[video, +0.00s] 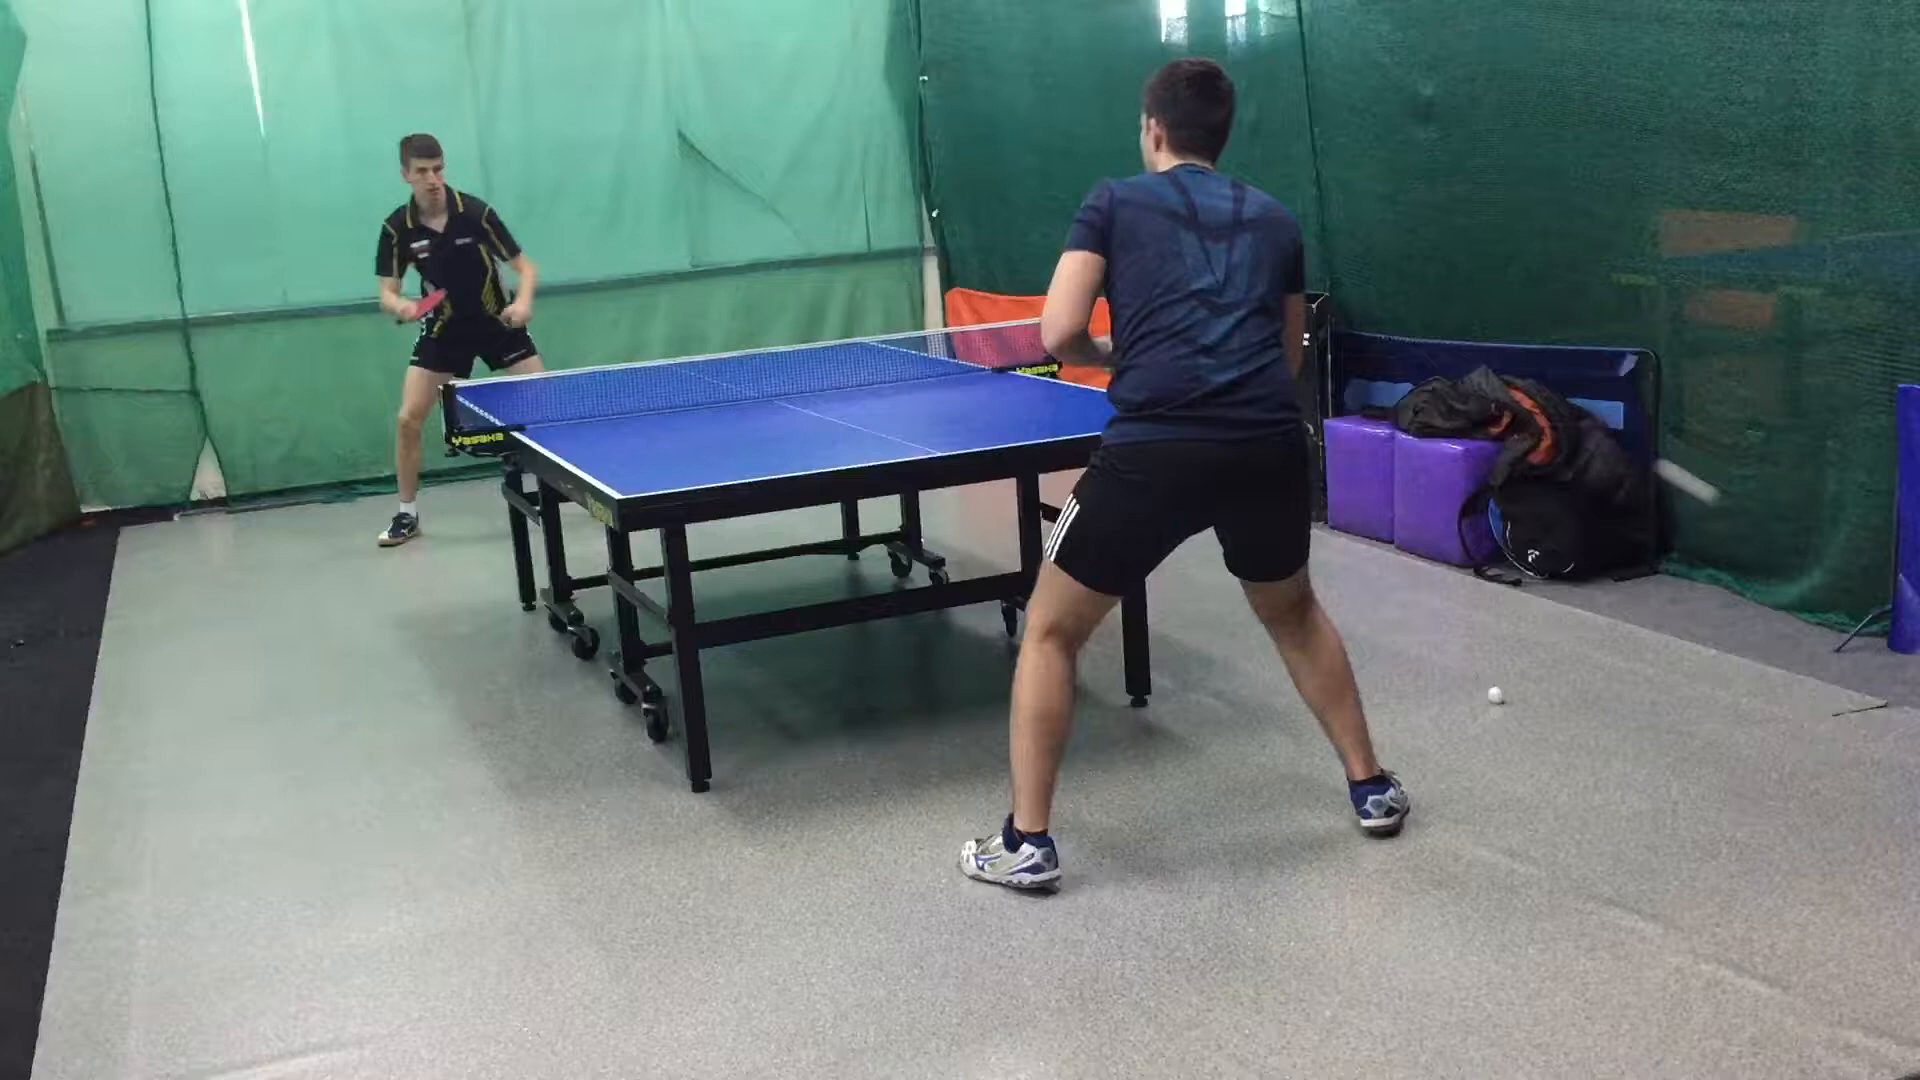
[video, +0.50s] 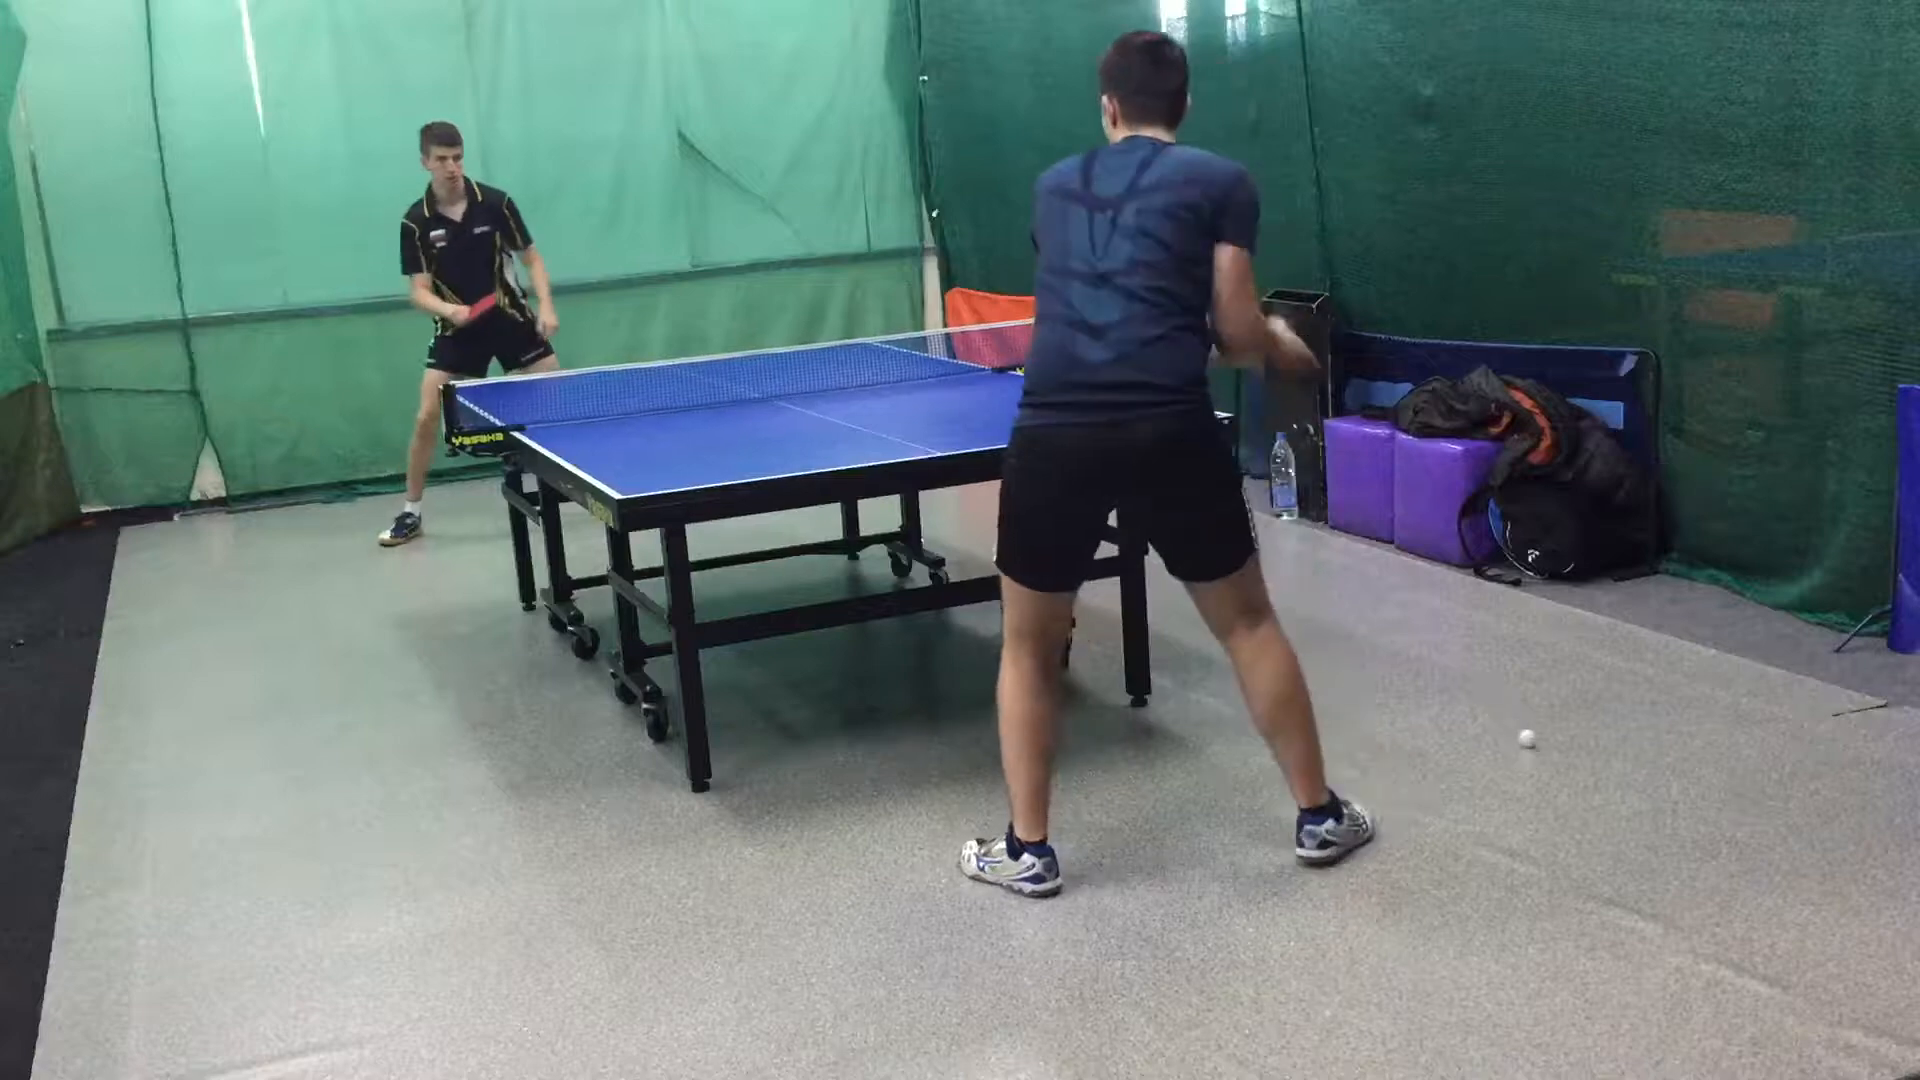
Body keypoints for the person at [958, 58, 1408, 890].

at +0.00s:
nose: (1144, 138)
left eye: (1144, 128)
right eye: (1151, 128)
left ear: (1151, 132)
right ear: (1223, 137)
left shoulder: (1116, 202)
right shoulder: (1276, 219)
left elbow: (1061, 331)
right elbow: (1290, 358)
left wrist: (1112, 352)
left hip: (1154, 456)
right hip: (1268, 454)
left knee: (1054, 633)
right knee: (1294, 612)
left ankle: (1028, 839)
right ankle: (1370, 785)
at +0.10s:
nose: (1129, 142)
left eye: (1129, 132)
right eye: (1137, 130)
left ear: (1137, 135)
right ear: (1211, 137)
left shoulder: (1108, 211)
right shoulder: (1269, 219)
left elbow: (1054, 348)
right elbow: (1295, 363)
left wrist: (1047, 356)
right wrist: (1240, 406)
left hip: (1150, 463)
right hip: (1264, 460)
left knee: (1050, 644)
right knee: (1292, 616)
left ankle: (1031, 846)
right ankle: (1371, 787)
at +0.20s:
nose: (1114, 142)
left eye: (1113, 132)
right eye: (1119, 131)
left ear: (1124, 136)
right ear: (1197, 135)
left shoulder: (1084, 217)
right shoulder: (1255, 215)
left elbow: (1028, 358)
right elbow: (1294, 360)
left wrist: (1020, 335)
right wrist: (1259, 383)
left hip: (1122, 475)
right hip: (1239, 472)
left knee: (1040, 646)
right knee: (1290, 619)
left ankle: (1031, 847)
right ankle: (1371, 789)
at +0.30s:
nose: (1130, 127)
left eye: (1117, 116)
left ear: (1118, 122)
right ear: (1197, 120)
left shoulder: (1069, 200)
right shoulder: (1240, 197)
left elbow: (1022, 338)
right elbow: (1265, 334)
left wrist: (1083, 317)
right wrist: (1323, 418)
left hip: (1080, 459)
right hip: (1201, 455)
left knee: (1032, 650)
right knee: (1272, 621)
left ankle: (1029, 848)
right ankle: (1355, 788)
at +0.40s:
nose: (1127, 119)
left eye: (1117, 105)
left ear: (1113, 112)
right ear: (1194, 113)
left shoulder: (1062, 189)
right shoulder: (1224, 184)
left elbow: (1047, 327)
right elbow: (1232, 320)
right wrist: (1324, 392)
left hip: (1058, 453)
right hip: (1176, 447)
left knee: (1031, 649)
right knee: (1251, 621)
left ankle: (1029, 848)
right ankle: (1319, 805)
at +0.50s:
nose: (1118, 113)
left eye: (1109, 99)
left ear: (1106, 105)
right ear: (1187, 107)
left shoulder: (1055, 184)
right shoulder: (1220, 181)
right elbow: (1236, 332)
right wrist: (1285, 349)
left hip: (1053, 448)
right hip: (1170, 442)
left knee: (1029, 648)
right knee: (1248, 624)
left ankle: (1029, 848)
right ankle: (1317, 813)